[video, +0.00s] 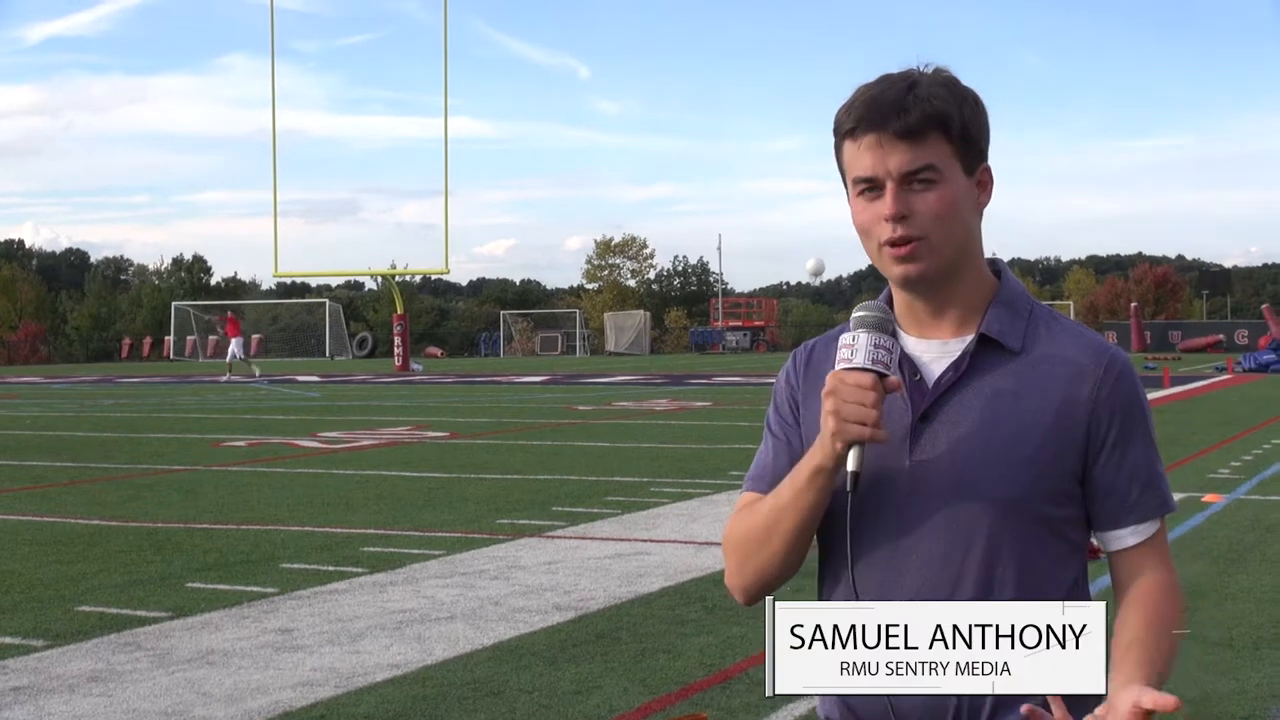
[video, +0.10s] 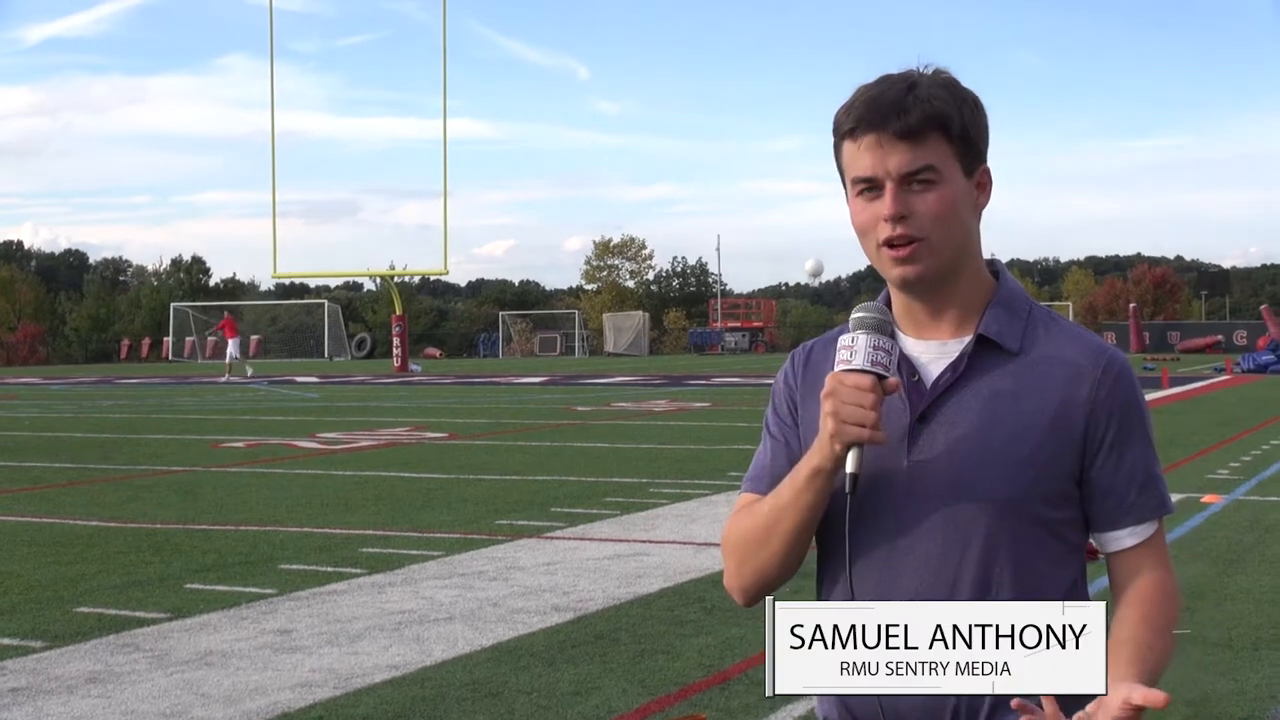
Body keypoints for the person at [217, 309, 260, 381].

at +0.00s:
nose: (229, 315)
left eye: (230, 314)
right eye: (228, 314)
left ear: (233, 315)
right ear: (228, 314)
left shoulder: (234, 320)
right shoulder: (229, 323)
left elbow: (223, 318)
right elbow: (227, 333)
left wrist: (215, 318)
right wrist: (222, 332)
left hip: (237, 338)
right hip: (233, 339)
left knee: (240, 356)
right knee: (228, 360)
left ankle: (255, 368)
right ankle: (228, 375)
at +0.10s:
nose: (224, 315)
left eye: (225, 314)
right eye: (224, 314)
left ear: (227, 314)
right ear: (230, 315)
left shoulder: (226, 320)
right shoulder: (232, 320)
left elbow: (219, 327)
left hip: (233, 339)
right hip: (233, 339)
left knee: (237, 356)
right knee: (228, 359)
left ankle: (248, 367)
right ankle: (227, 376)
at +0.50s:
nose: (219, 316)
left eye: (220, 315)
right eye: (219, 315)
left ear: (221, 315)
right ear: (226, 316)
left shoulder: (218, 322)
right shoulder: (228, 323)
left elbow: (214, 330)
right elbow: (230, 331)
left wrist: (212, 336)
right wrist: (229, 337)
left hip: (221, 341)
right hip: (228, 342)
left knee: (218, 358)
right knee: (225, 359)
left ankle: (223, 373)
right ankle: (225, 374)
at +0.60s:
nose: (218, 317)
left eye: (219, 315)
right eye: (218, 315)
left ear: (220, 316)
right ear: (225, 316)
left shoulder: (218, 323)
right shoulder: (227, 323)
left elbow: (213, 330)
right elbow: (228, 333)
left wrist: (210, 337)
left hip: (219, 342)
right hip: (226, 343)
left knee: (216, 358)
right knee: (223, 359)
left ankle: (220, 373)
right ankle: (223, 374)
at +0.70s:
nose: (217, 318)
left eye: (218, 316)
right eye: (217, 316)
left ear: (220, 317)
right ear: (224, 317)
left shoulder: (218, 324)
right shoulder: (226, 324)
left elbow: (212, 332)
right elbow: (226, 334)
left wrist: (209, 337)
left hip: (218, 343)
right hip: (225, 343)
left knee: (213, 359)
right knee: (222, 360)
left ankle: (220, 374)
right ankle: (222, 376)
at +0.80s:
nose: (216, 318)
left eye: (217, 316)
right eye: (216, 316)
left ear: (219, 317)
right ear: (223, 317)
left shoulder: (217, 325)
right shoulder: (225, 325)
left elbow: (213, 333)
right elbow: (226, 335)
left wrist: (208, 339)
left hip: (217, 344)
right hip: (223, 344)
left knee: (213, 360)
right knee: (221, 361)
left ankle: (221, 375)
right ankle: (222, 377)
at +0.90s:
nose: (214, 318)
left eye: (215, 317)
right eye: (214, 317)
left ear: (217, 317)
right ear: (220, 318)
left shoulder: (216, 325)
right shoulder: (223, 325)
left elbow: (212, 334)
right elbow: (224, 335)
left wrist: (208, 340)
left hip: (215, 345)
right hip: (222, 345)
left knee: (212, 361)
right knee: (220, 361)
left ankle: (221, 375)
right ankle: (222, 377)